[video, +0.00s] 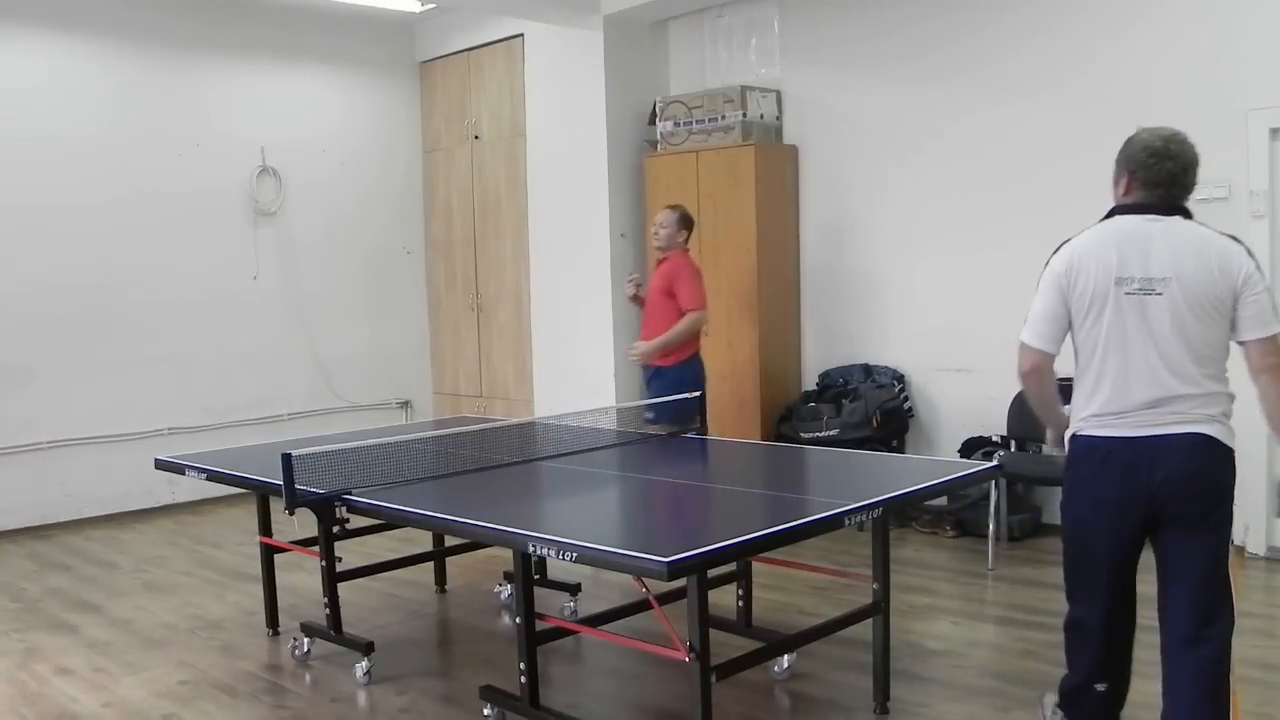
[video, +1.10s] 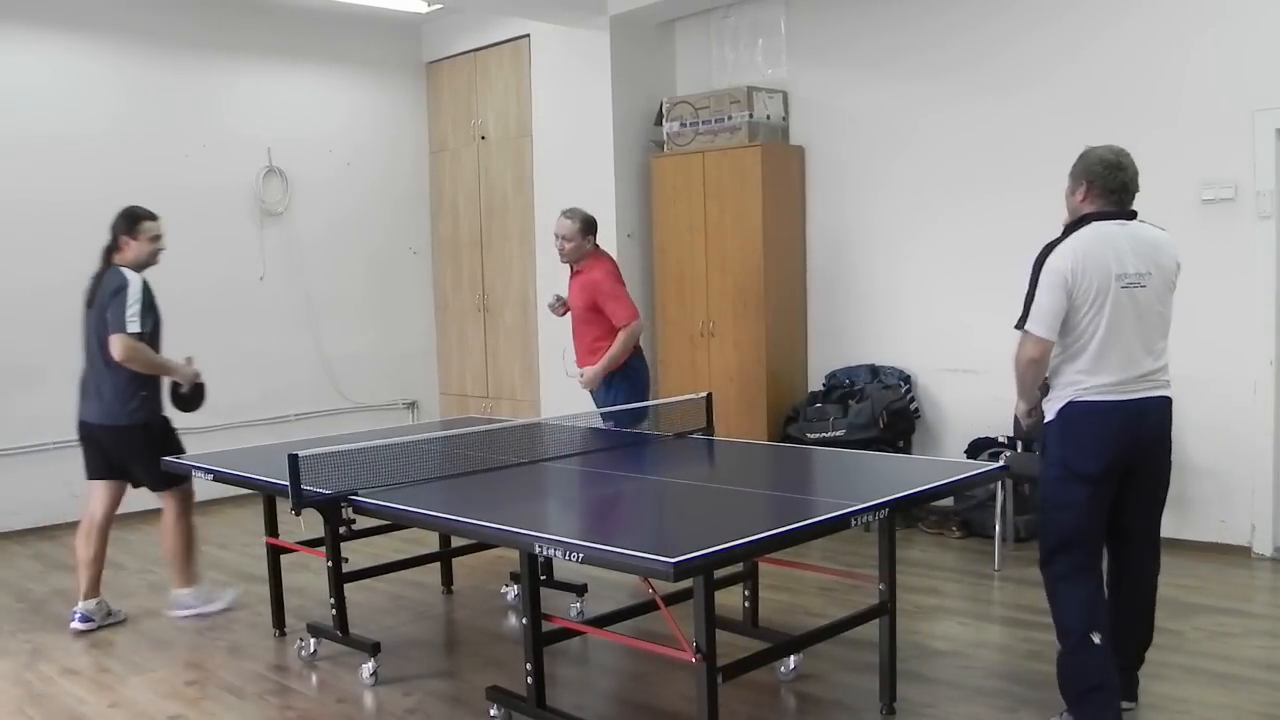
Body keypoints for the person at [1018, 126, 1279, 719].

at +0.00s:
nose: (1112, 186)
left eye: (1114, 178)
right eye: (1115, 178)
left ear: (1125, 182)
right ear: (1187, 188)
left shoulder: (1077, 253)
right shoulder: (1229, 255)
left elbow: (1033, 363)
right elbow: (1268, 366)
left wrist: (1057, 427)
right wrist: (1279, 437)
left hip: (1102, 461)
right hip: (1199, 458)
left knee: (1095, 615)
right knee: (1197, 624)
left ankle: (1084, 710)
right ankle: (1197, 716)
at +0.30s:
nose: (1061, 189)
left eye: (1064, 180)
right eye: (1065, 180)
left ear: (1076, 185)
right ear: (1134, 185)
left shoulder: (1046, 258)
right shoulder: (1184, 242)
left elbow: (1019, 367)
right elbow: (1225, 340)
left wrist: (1012, 456)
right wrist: (1209, 407)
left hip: (1081, 443)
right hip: (1168, 441)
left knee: (1085, 587)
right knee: (1182, 588)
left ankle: (1092, 709)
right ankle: (1194, 711)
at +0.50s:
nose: (1044, 194)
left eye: (1047, 185)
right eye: (1047, 185)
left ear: (1060, 189)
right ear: (1115, 189)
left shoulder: (1035, 261)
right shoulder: (1166, 241)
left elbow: (1000, 368)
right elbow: (1200, 326)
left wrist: (1006, 445)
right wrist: (1145, 355)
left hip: (1078, 438)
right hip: (1160, 434)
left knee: (1083, 582)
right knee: (1168, 578)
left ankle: (1093, 710)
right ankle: (1178, 709)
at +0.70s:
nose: (1044, 196)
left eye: (1047, 187)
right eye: (1047, 186)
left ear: (1060, 190)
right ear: (1111, 190)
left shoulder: (1040, 257)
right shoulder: (1158, 243)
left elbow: (1011, 366)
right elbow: (1152, 323)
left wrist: (1023, 418)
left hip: (1078, 426)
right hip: (1155, 424)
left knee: (1082, 572)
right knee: (1156, 559)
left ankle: (1094, 706)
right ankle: (1145, 687)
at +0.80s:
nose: (1049, 197)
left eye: (1051, 187)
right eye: (1051, 187)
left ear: (1064, 190)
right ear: (1114, 192)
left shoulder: (1045, 256)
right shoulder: (1157, 241)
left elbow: (1018, 364)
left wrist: (1026, 408)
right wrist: (1063, 234)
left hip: (1079, 424)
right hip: (1153, 422)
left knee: (1081, 566)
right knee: (1146, 552)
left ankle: (1094, 704)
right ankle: (1131, 679)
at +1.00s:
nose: (1060, 202)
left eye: (1064, 192)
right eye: (1063, 191)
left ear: (1079, 193)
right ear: (1123, 196)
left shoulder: (1063, 255)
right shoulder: (1161, 247)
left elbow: (1026, 359)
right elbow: (1139, 327)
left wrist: (1027, 407)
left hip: (1080, 425)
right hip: (1150, 423)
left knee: (1075, 566)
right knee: (1137, 554)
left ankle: (1094, 706)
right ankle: (1123, 682)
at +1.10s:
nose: (1066, 199)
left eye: (1069, 190)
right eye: (1069, 189)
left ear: (1084, 191)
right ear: (1129, 193)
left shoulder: (1066, 253)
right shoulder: (1164, 247)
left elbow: (1034, 351)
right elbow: (1147, 327)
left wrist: (1027, 405)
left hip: (1082, 424)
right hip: (1152, 421)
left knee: (1069, 560)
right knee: (1137, 552)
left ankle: (1092, 704)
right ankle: (1123, 682)